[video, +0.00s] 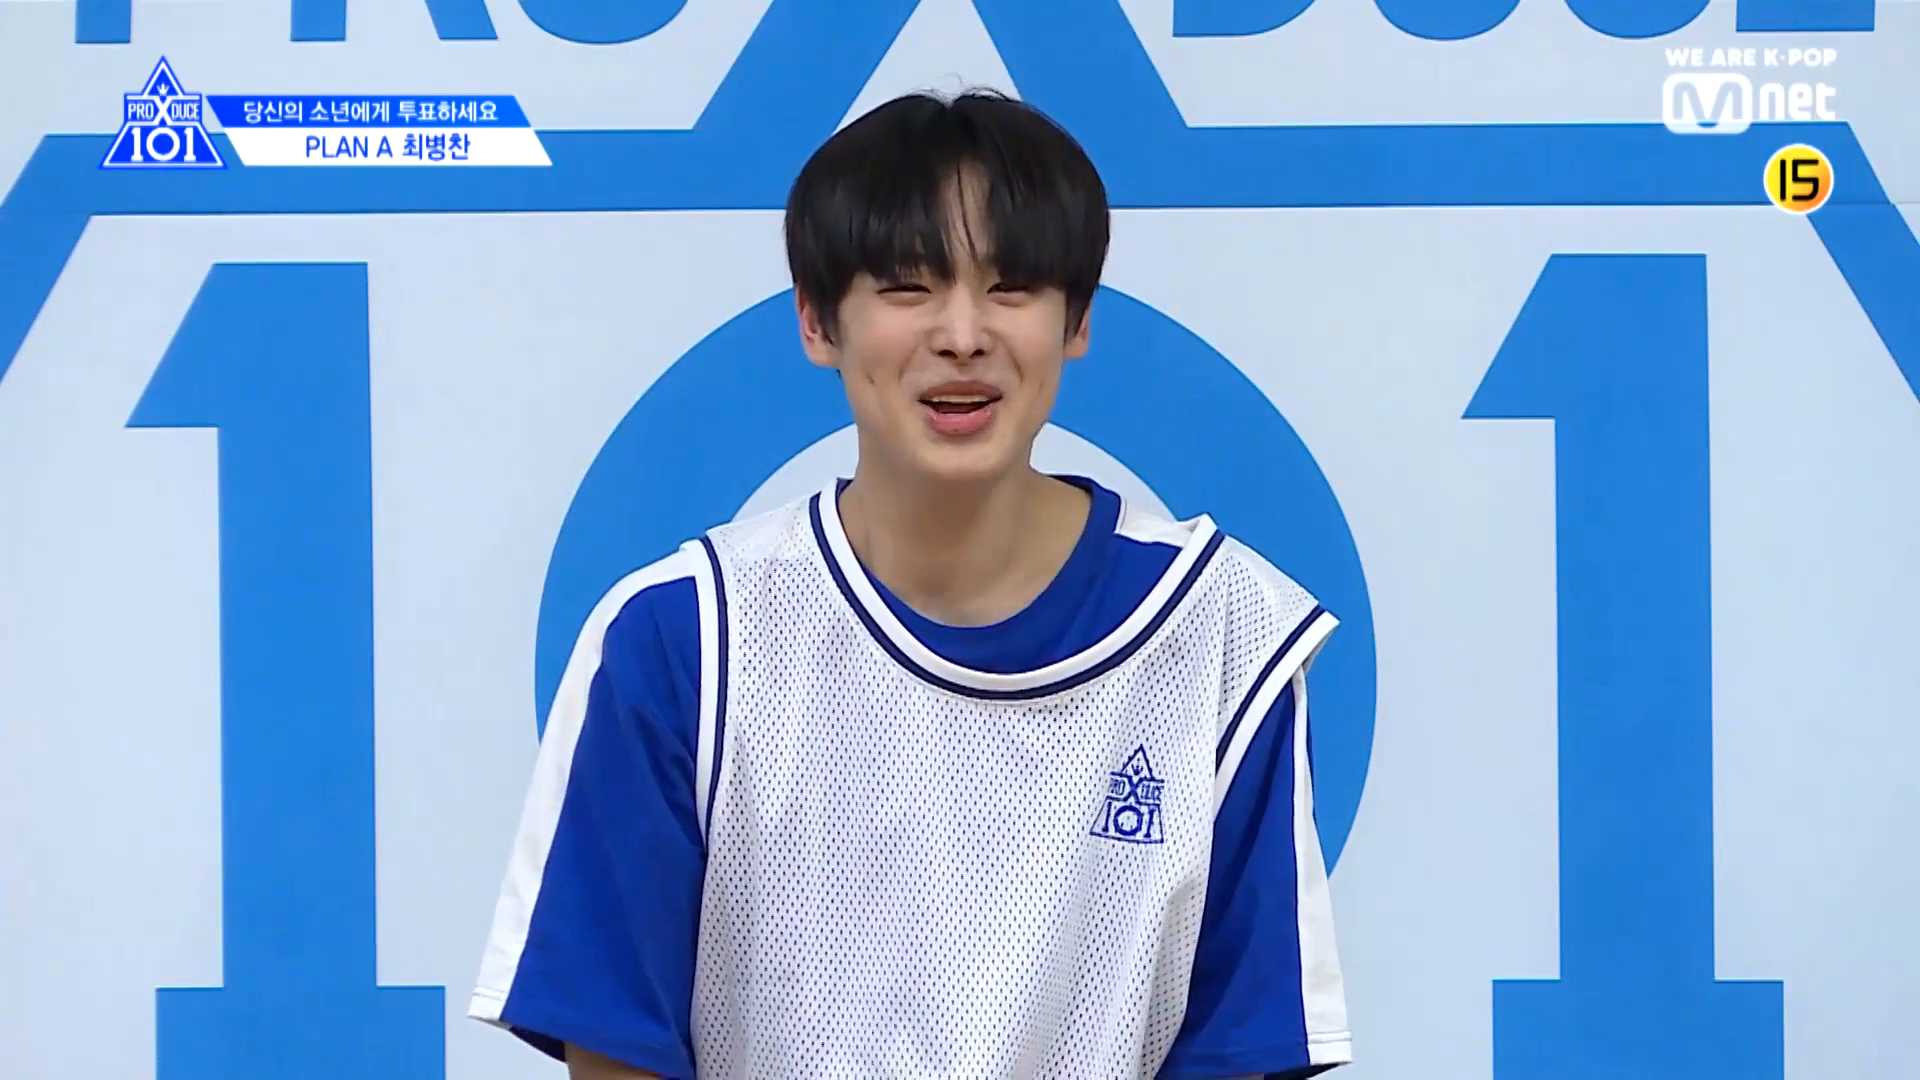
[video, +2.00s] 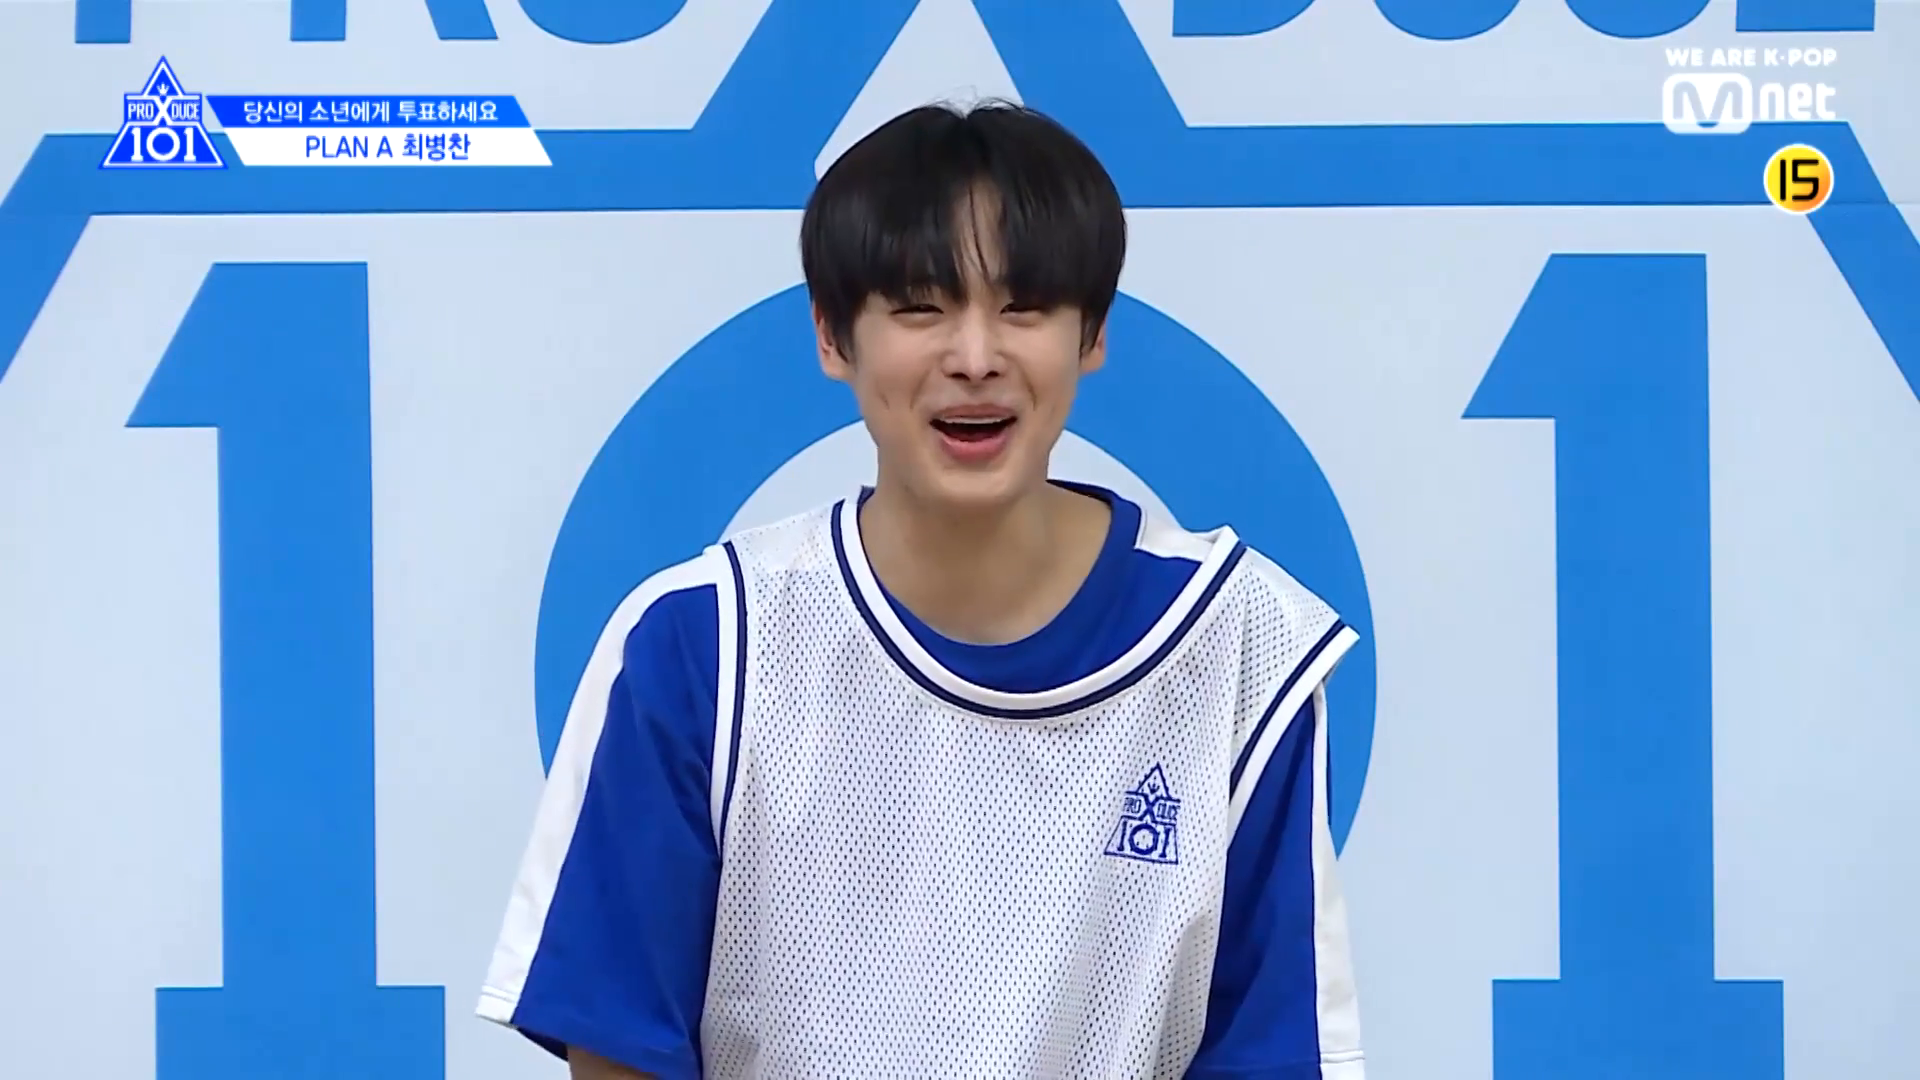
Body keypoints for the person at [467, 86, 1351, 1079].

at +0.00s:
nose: (963, 335)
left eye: (1012, 285)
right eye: (910, 283)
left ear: (1074, 325)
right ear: (821, 323)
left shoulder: (1228, 641)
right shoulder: (673, 643)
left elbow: (1250, 1053)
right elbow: (615, 1049)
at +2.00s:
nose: (975, 359)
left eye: (1023, 306)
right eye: (922, 306)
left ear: (1088, 341)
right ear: (839, 344)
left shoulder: (1246, 653)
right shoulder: (692, 647)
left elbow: (1271, 1051)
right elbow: (616, 1046)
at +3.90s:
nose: (964, 377)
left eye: (999, 342)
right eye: (926, 340)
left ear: (1043, 362)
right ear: (864, 363)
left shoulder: (1154, 584)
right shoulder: (762, 579)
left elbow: (1156, 885)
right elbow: (719, 877)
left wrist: (1018, 1051)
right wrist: (862, 1050)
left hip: (1057, 1050)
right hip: (825, 1045)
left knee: (1271, 988)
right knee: (601, 1001)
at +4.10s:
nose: (958, 391)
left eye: (986, 363)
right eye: (926, 363)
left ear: (1024, 379)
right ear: (879, 380)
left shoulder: (1113, 556)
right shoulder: (798, 551)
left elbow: (1114, 801)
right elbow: (761, 791)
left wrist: (1005, 940)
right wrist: (877, 937)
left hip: (1034, 965)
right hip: (850, 963)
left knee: (1209, 888)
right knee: (668, 901)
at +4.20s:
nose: (956, 394)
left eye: (982, 368)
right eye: (928, 367)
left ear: (1017, 385)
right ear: (887, 385)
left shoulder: (1097, 540)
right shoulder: (814, 537)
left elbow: (1096, 765)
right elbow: (781, 756)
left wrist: (999, 890)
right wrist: (886, 891)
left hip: (1025, 910)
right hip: (856, 909)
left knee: (1179, 840)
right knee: (696, 853)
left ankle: (1152, 1072)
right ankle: (733, 1072)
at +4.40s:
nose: (954, 396)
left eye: (976, 375)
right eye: (930, 374)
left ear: (1005, 388)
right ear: (896, 388)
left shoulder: (1073, 519)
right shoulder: (836, 516)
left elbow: (1070, 705)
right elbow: (809, 698)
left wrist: (993, 806)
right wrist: (895, 805)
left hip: (1012, 821)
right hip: (874, 821)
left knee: (1143, 768)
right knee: (739, 775)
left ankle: (1112, 1034)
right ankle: (775, 1035)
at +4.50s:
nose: (953, 399)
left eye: (973, 379)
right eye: (931, 379)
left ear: (1000, 389)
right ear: (900, 391)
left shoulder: (1062, 509)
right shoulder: (847, 507)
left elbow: (1063, 677)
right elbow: (822, 672)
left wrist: (992, 771)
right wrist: (901, 773)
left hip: (1012, 779)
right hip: (879, 780)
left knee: (1129, 739)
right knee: (756, 747)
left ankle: (1100, 989)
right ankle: (792, 988)